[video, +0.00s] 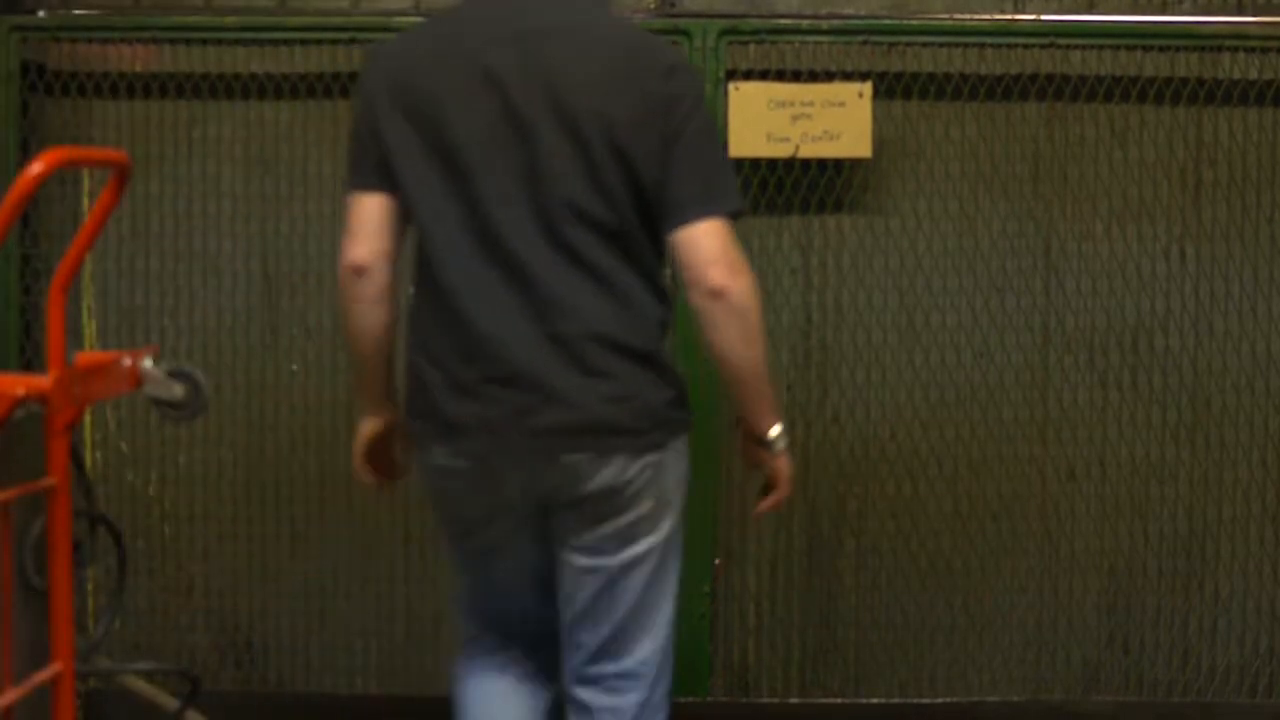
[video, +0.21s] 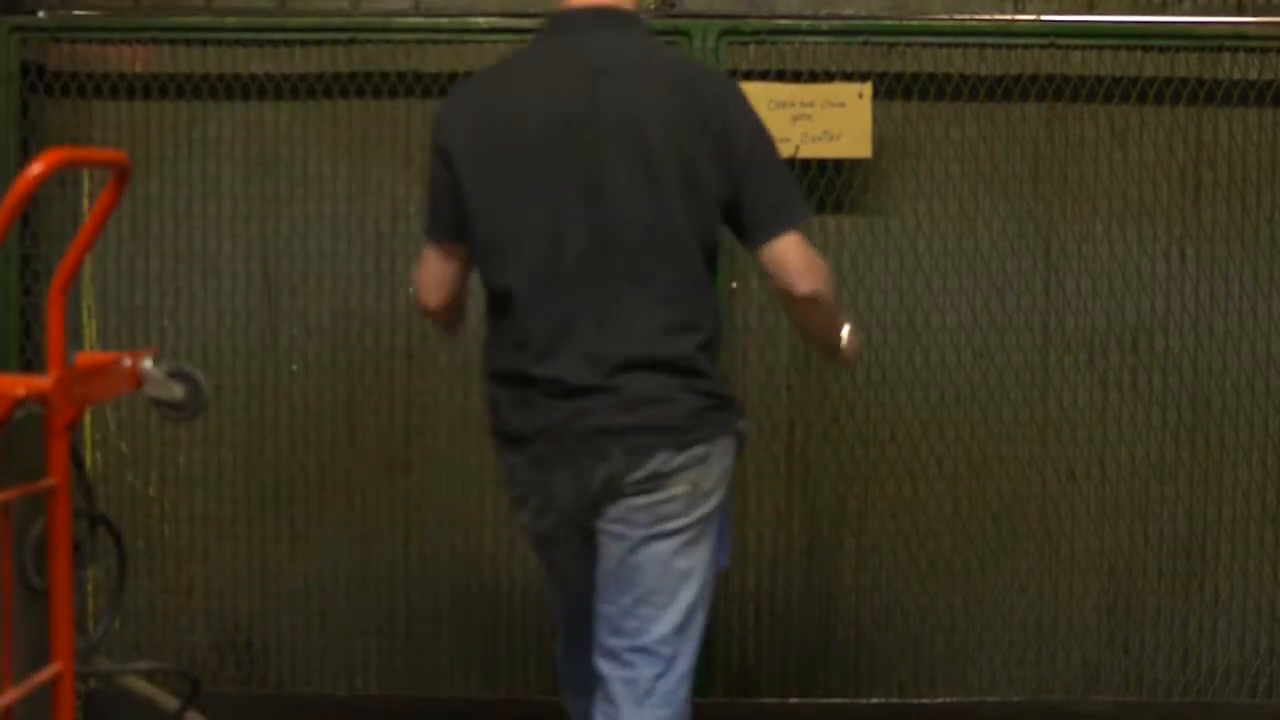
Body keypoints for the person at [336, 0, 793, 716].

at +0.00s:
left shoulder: (403, 65)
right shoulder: (649, 69)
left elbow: (362, 262)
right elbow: (715, 279)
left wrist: (375, 405)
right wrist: (764, 427)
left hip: (465, 425)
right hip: (615, 425)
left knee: (499, 649)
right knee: (616, 681)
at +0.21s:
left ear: (553, 4)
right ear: (641, 1)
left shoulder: (476, 102)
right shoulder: (699, 93)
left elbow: (436, 294)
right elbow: (801, 278)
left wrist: (457, 319)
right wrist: (835, 335)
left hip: (536, 426)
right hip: (668, 424)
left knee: (587, 659)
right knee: (642, 681)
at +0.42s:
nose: (665, 10)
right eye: (664, 4)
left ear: (574, 11)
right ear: (660, 7)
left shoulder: (531, 114)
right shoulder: (717, 111)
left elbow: (485, 235)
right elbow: (827, 232)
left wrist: (508, 133)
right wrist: (849, 175)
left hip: (570, 414)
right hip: (693, 418)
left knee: (613, 613)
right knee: (732, 600)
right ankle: (685, 714)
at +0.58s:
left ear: (620, 6)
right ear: (694, 6)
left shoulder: (570, 85)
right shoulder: (740, 84)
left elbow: (521, 169)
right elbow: (853, 164)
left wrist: (547, 81)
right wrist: (860, 93)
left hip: (589, 382)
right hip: (712, 381)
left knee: (618, 593)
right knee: (732, 574)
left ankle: (630, 718)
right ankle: (724, 713)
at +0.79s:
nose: (738, 10)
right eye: (740, 4)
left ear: (661, 3)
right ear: (737, 5)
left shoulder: (609, 84)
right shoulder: (777, 87)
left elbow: (536, 174)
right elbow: (885, 165)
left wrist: (553, 78)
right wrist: (872, 78)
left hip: (625, 371)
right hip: (745, 377)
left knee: (637, 585)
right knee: (744, 590)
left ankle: (642, 716)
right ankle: (746, 715)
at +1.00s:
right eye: (748, 2)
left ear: (677, 4)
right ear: (752, 6)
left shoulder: (628, 87)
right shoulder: (795, 89)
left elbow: (528, 174)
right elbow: (908, 170)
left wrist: (556, 74)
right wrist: (876, 76)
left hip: (651, 353)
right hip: (765, 357)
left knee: (663, 574)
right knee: (754, 576)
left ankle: (670, 717)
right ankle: (753, 715)